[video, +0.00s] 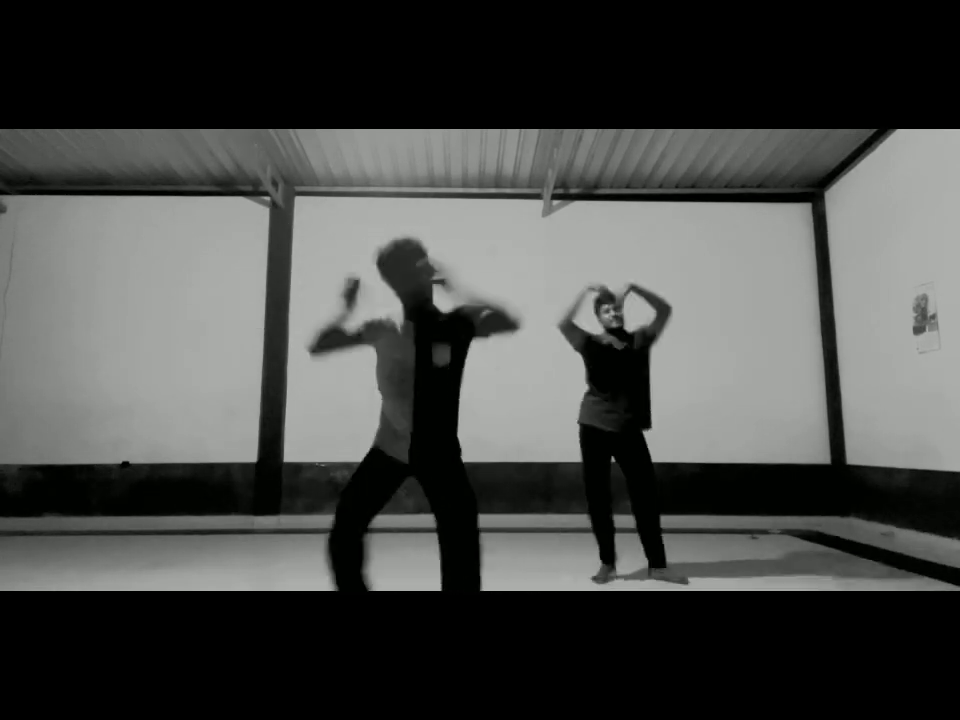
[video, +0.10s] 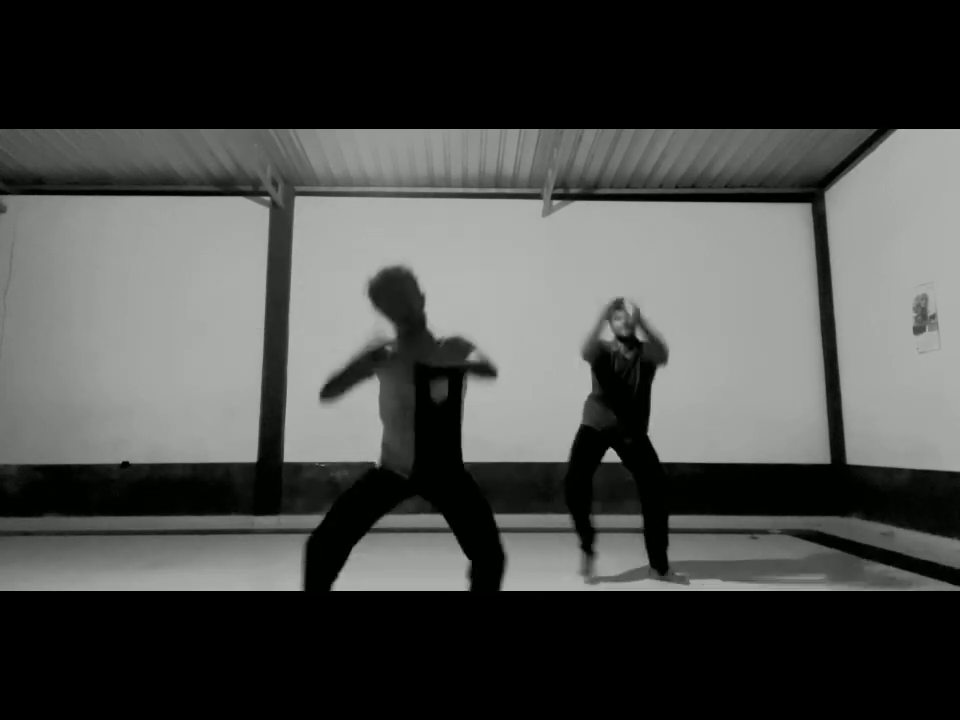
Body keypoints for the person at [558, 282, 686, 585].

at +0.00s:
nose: (612, 312)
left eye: (615, 307)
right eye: (605, 309)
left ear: (622, 311)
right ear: (597, 316)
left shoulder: (640, 341)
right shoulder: (591, 344)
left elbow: (664, 310)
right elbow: (563, 324)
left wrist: (635, 288)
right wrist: (584, 294)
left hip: (629, 429)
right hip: (595, 428)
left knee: (645, 494)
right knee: (597, 496)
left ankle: (657, 565)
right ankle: (607, 563)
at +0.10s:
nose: (623, 323)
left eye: (627, 319)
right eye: (617, 319)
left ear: (635, 324)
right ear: (610, 325)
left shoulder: (647, 354)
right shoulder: (602, 351)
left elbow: (662, 354)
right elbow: (587, 350)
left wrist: (641, 323)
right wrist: (602, 319)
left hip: (632, 432)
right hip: (596, 428)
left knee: (655, 488)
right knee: (575, 483)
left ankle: (659, 565)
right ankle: (587, 549)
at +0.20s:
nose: (631, 339)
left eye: (636, 334)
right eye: (625, 334)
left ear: (644, 336)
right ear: (619, 336)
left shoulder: (654, 372)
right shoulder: (605, 362)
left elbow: (646, 395)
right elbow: (597, 395)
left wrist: (636, 367)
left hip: (634, 441)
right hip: (598, 433)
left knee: (667, 495)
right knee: (556, 472)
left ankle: (660, 567)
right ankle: (558, 548)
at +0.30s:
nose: (630, 357)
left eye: (634, 351)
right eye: (625, 351)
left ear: (641, 349)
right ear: (617, 349)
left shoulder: (651, 385)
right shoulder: (599, 377)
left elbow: (651, 420)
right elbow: (589, 417)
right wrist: (605, 429)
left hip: (631, 452)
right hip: (594, 448)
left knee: (673, 499)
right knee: (547, 476)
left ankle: (662, 567)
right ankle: (527, 550)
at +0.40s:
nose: (613, 368)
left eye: (617, 361)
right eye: (608, 362)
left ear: (623, 359)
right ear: (602, 360)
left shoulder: (641, 391)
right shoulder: (589, 388)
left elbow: (659, 429)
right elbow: (573, 424)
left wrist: (674, 463)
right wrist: (554, 458)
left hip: (629, 462)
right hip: (590, 461)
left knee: (675, 504)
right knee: (541, 493)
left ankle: (663, 571)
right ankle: (520, 565)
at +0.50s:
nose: (587, 367)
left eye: (588, 361)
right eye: (582, 362)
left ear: (592, 361)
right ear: (579, 363)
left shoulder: (619, 392)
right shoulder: (565, 397)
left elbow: (664, 418)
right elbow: (533, 425)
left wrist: (707, 431)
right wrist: (494, 438)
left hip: (618, 466)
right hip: (575, 467)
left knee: (669, 504)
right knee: (528, 496)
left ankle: (664, 570)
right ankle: (522, 569)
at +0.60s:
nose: (557, 360)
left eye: (560, 354)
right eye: (552, 356)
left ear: (569, 352)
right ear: (545, 359)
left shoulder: (598, 379)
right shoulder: (539, 391)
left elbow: (649, 378)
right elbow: (495, 396)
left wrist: (693, 370)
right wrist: (452, 389)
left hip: (606, 460)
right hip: (564, 462)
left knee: (654, 505)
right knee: (519, 500)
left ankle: (664, 572)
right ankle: (521, 571)